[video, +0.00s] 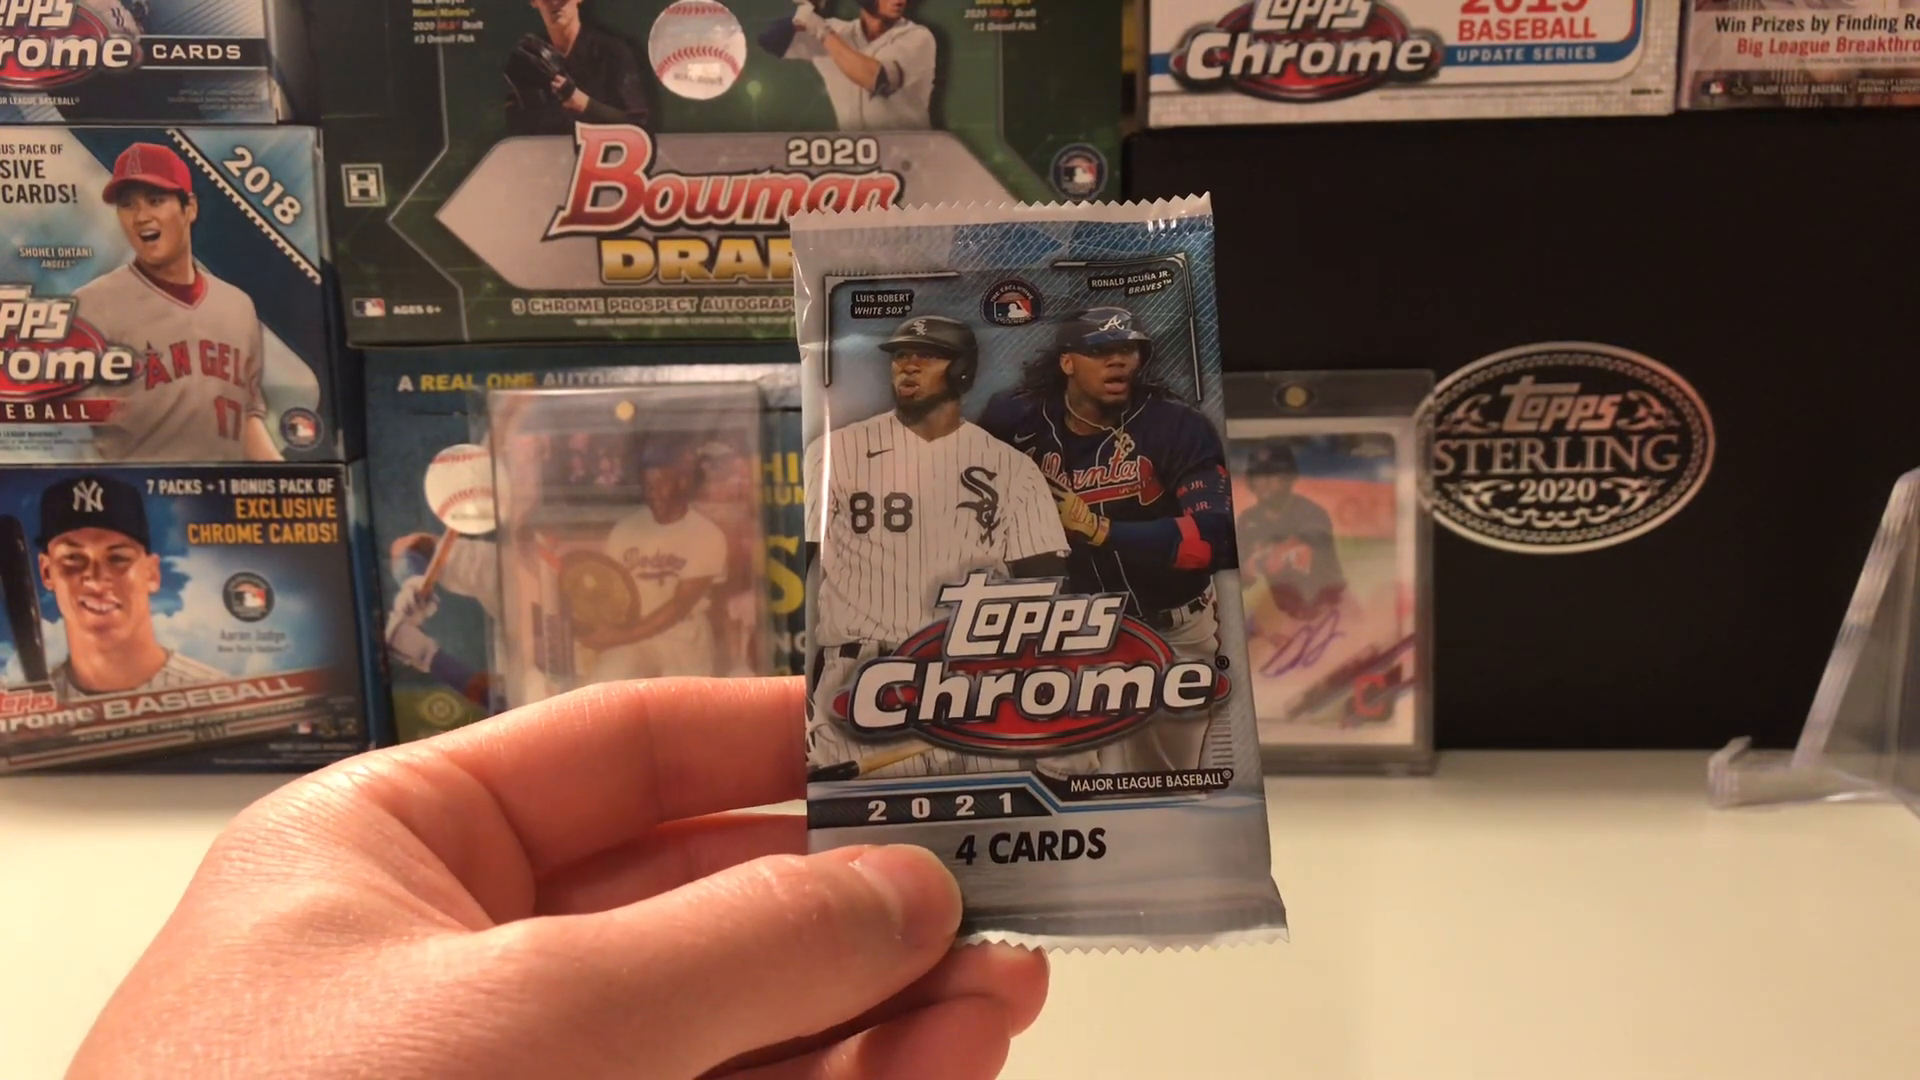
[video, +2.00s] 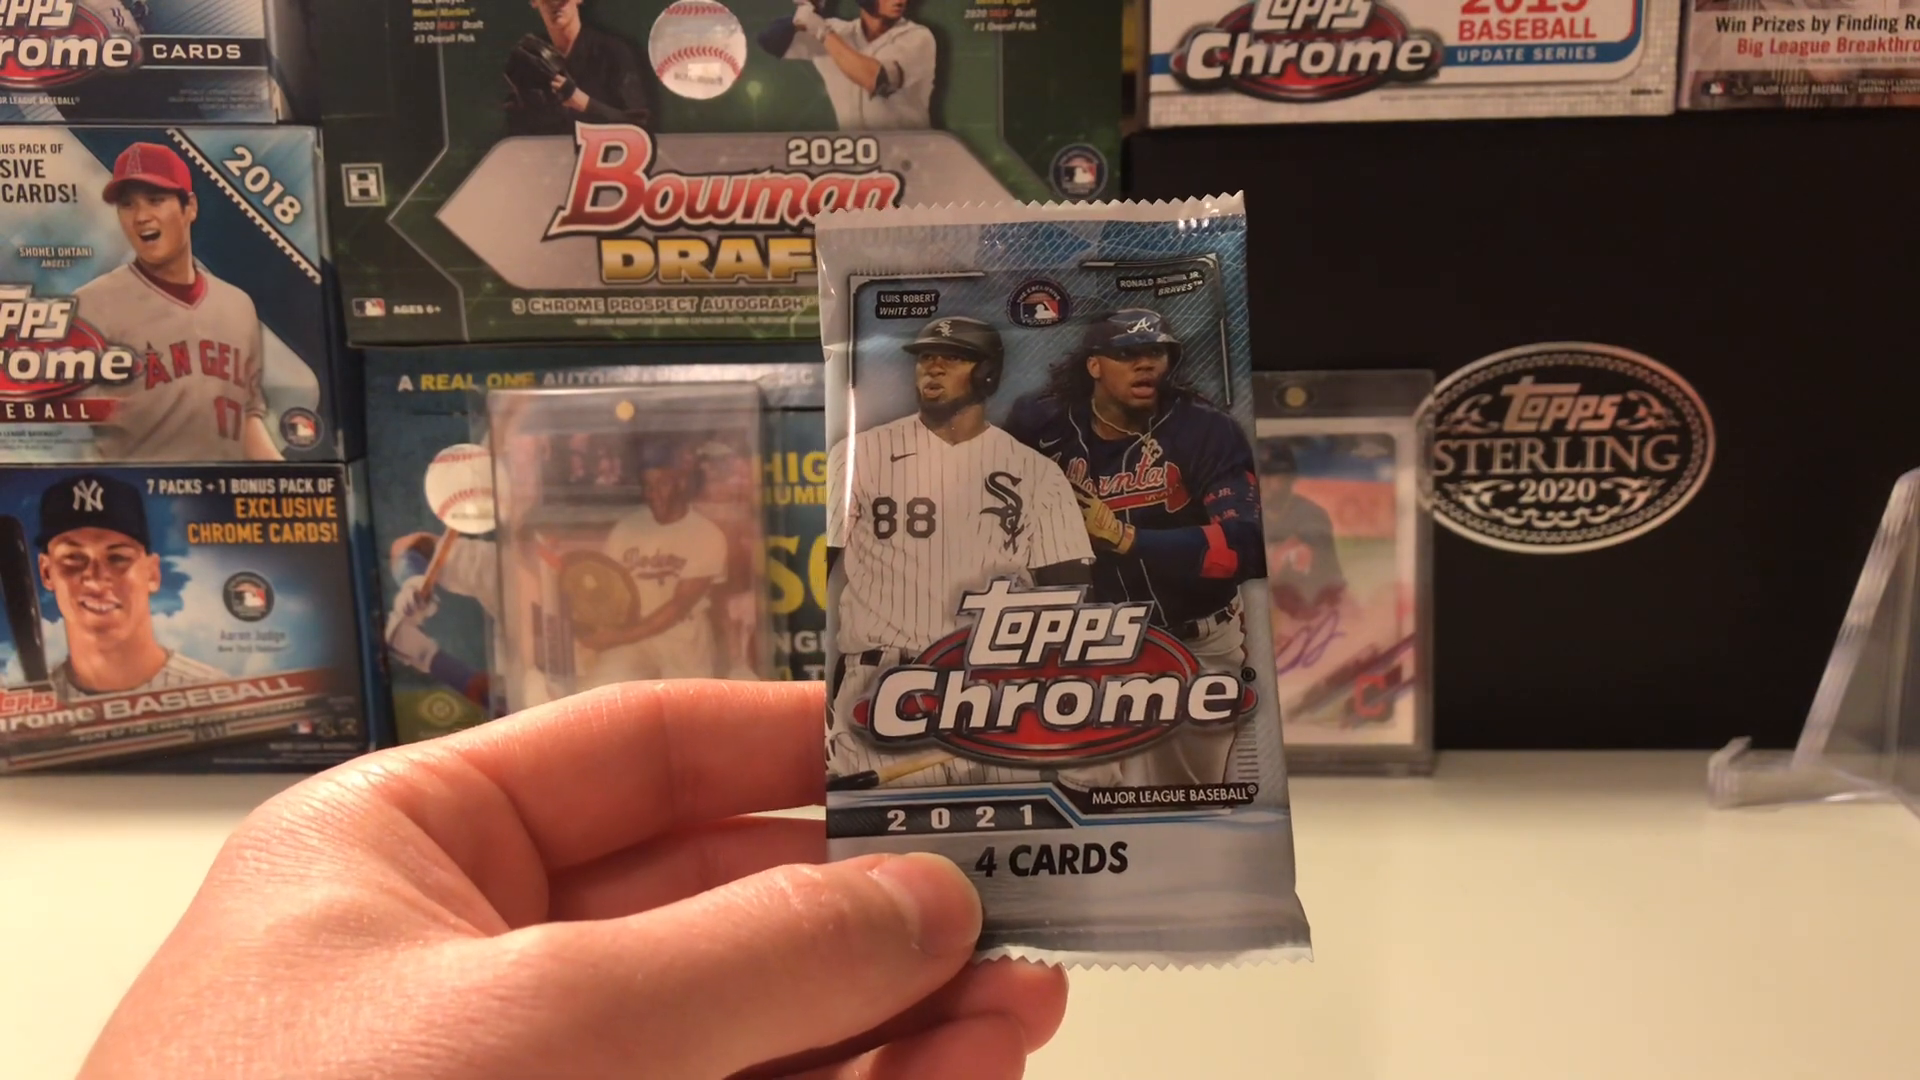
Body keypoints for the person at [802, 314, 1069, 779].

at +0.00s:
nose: (907, 367)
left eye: (925, 356)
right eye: (900, 355)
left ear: (960, 370)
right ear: (890, 365)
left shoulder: (1012, 470)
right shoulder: (832, 456)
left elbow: (1043, 592)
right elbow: (793, 574)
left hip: (972, 696)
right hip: (853, 694)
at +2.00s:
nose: (932, 369)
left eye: (950, 358)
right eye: (925, 357)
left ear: (985, 373)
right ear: (915, 367)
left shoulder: (1037, 475)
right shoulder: (856, 459)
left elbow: (1066, 597)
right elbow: (827, 575)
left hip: (992, 699)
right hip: (873, 697)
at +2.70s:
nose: (971, 376)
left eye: (989, 365)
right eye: (964, 365)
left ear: (1025, 381)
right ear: (954, 375)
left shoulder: (1080, 484)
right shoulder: (897, 468)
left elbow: (1113, 608)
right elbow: (857, 591)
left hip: (1038, 717)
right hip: (917, 715)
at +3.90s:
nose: (1032, 370)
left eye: (1051, 360)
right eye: (1025, 359)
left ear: (1087, 377)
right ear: (1014, 369)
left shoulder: (1145, 483)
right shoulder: (957, 464)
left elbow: (1178, 611)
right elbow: (910, 593)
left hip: (1100, 716)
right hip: (979, 714)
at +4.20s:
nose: (1028, 369)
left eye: (1046, 359)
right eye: (1021, 358)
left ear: (1083, 375)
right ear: (1010, 368)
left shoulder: (1139, 478)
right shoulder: (951, 462)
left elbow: (1172, 606)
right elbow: (912, 588)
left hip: (1099, 717)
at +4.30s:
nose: (1038, 376)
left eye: (1055, 366)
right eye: (1031, 365)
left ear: (1091, 382)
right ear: (1020, 375)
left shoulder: (1147, 485)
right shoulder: (959, 468)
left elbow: (1183, 611)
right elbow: (934, 593)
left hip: (1102, 711)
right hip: (982, 710)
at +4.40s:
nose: (1045, 379)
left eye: (1062, 368)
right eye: (1037, 368)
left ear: (1098, 384)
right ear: (1027, 378)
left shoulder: (1156, 486)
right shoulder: (970, 471)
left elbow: (1191, 613)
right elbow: (946, 594)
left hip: (1111, 714)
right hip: (993, 714)